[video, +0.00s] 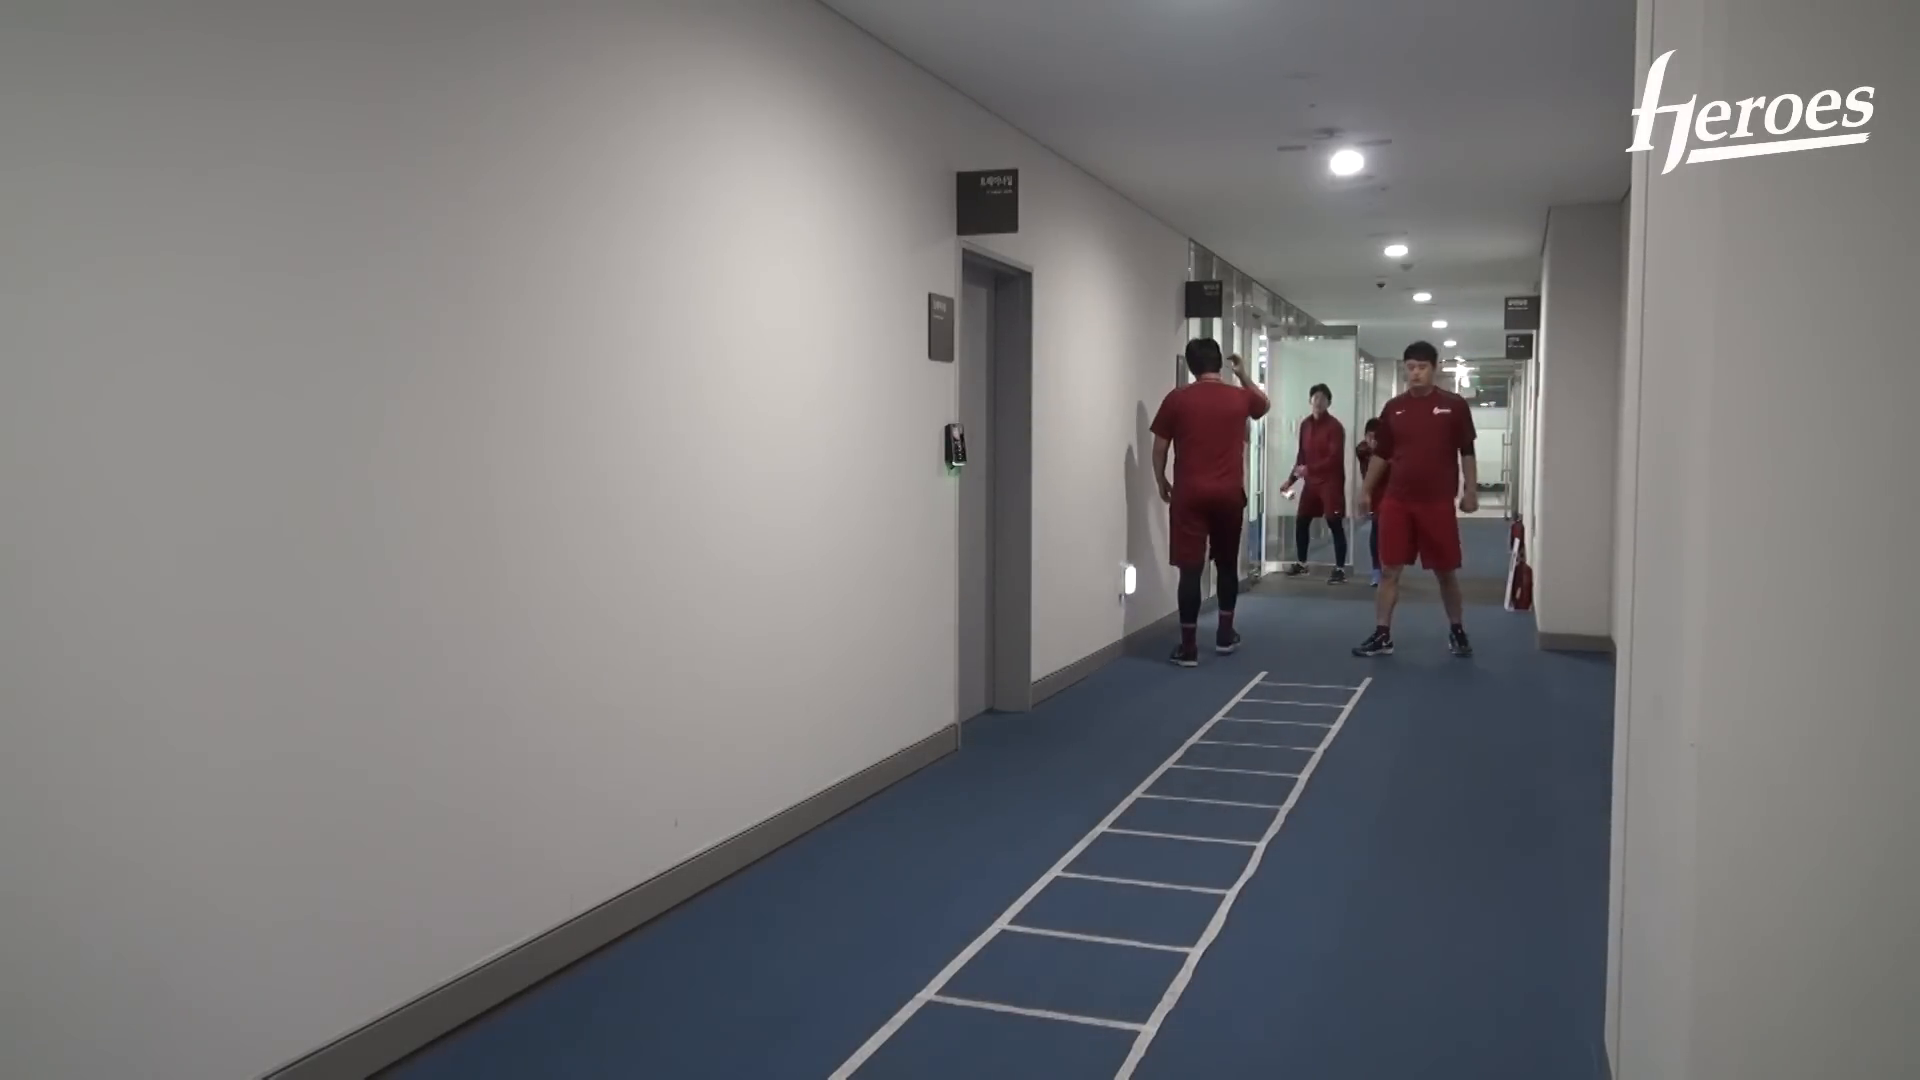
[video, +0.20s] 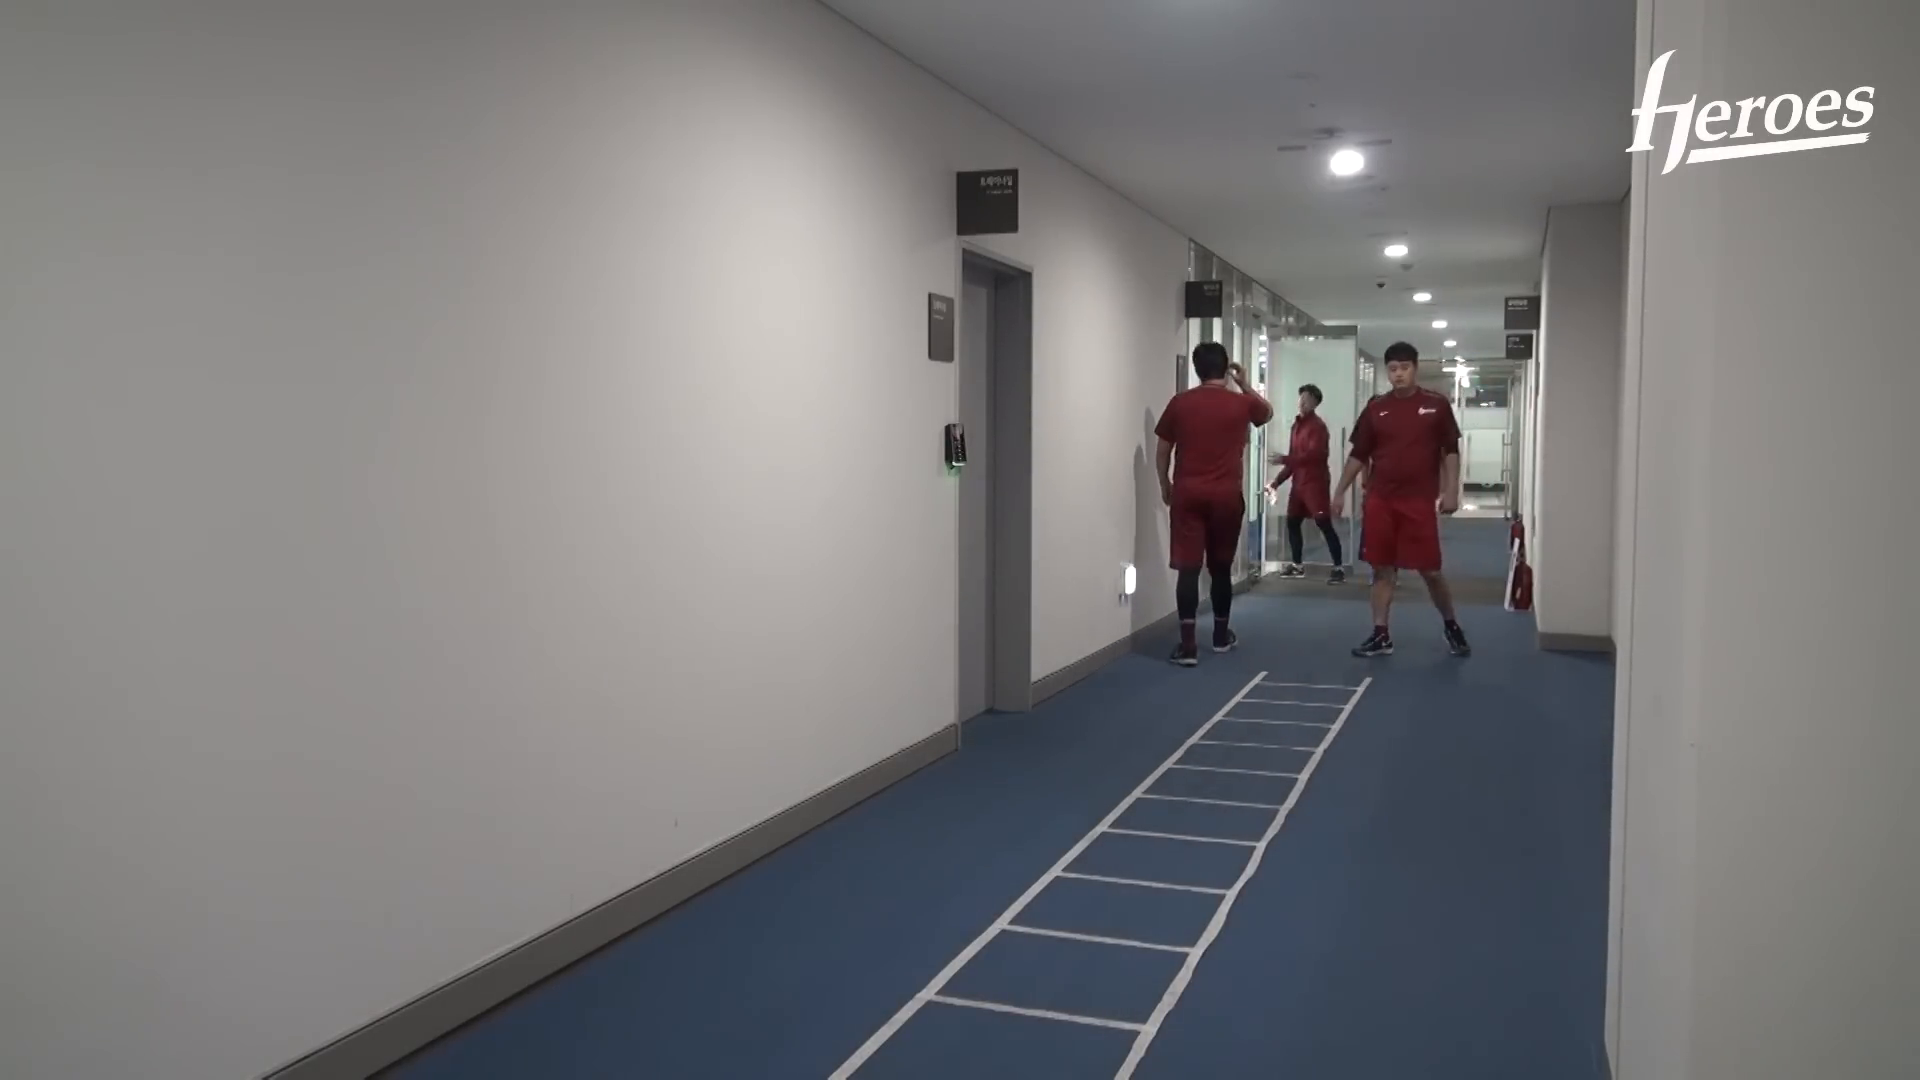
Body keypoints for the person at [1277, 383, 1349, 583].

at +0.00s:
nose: (1318, 402)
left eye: (1322, 398)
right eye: (1315, 397)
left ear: (1328, 402)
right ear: (1310, 400)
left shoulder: (1335, 427)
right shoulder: (1305, 425)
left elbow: (1334, 459)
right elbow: (1302, 456)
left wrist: (1309, 469)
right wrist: (1290, 480)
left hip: (1331, 483)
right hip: (1311, 482)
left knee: (1334, 520)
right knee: (1302, 520)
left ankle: (1339, 567)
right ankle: (1301, 563)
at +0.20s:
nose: (1302, 401)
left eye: (1307, 398)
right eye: (1301, 397)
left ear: (1315, 402)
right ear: (1299, 399)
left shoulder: (1318, 426)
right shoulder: (1297, 425)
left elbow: (1315, 455)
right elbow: (1295, 460)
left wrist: (1286, 460)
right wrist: (1276, 482)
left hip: (1316, 482)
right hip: (1299, 482)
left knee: (1323, 522)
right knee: (1293, 521)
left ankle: (1338, 567)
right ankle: (1297, 564)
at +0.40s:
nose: (1283, 402)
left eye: (1287, 399)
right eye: (1284, 398)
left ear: (1297, 403)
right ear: (1290, 401)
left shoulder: (1298, 426)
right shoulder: (1288, 424)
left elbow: (1295, 459)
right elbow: (1285, 458)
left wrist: (1273, 463)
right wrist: (1270, 474)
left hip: (1297, 480)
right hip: (1286, 480)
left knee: (1298, 523)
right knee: (1288, 523)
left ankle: (1324, 562)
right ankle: (1296, 564)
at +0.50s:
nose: (1273, 402)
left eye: (1277, 398)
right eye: (1274, 398)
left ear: (1286, 400)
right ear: (1287, 400)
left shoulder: (1287, 425)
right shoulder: (1285, 423)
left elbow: (1287, 455)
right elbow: (1284, 455)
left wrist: (1269, 462)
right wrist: (1270, 466)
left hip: (1289, 478)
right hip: (1286, 477)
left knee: (1281, 519)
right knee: (1285, 520)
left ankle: (1302, 558)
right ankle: (1297, 560)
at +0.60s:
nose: (1269, 406)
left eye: (1274, 401)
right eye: (1274, 400)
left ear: (1275, 404)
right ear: (1285, 404)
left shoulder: (1278, 425)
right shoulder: (1285, 425)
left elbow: (1283, 452)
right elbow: (1284, 452)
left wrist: (1264, 461)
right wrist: (1268, 465)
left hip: (1280, 477)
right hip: (1288, 476)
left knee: (1264, 519)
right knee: (1288, 520)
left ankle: (1283, 558)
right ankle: (1296, 562)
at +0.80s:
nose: (1253, 404)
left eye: (1257, 400)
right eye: (1254, 399)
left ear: (1263, 403)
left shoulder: (1269, 419)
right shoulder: (1249, 420)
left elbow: (1282, 450)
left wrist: (1265, 461)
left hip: (1268, 472)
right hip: (1252, 472)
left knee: (1274, 518)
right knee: (1251, 519)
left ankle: (1293, 560)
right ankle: (1255, 563)